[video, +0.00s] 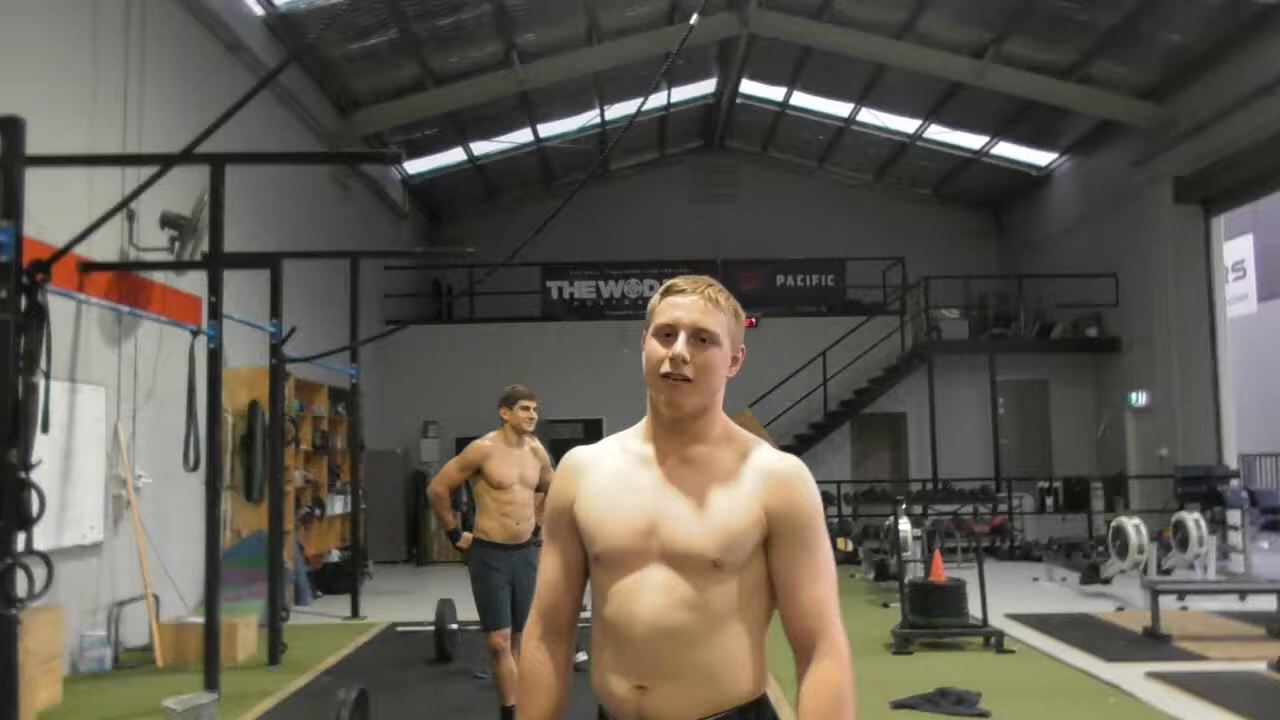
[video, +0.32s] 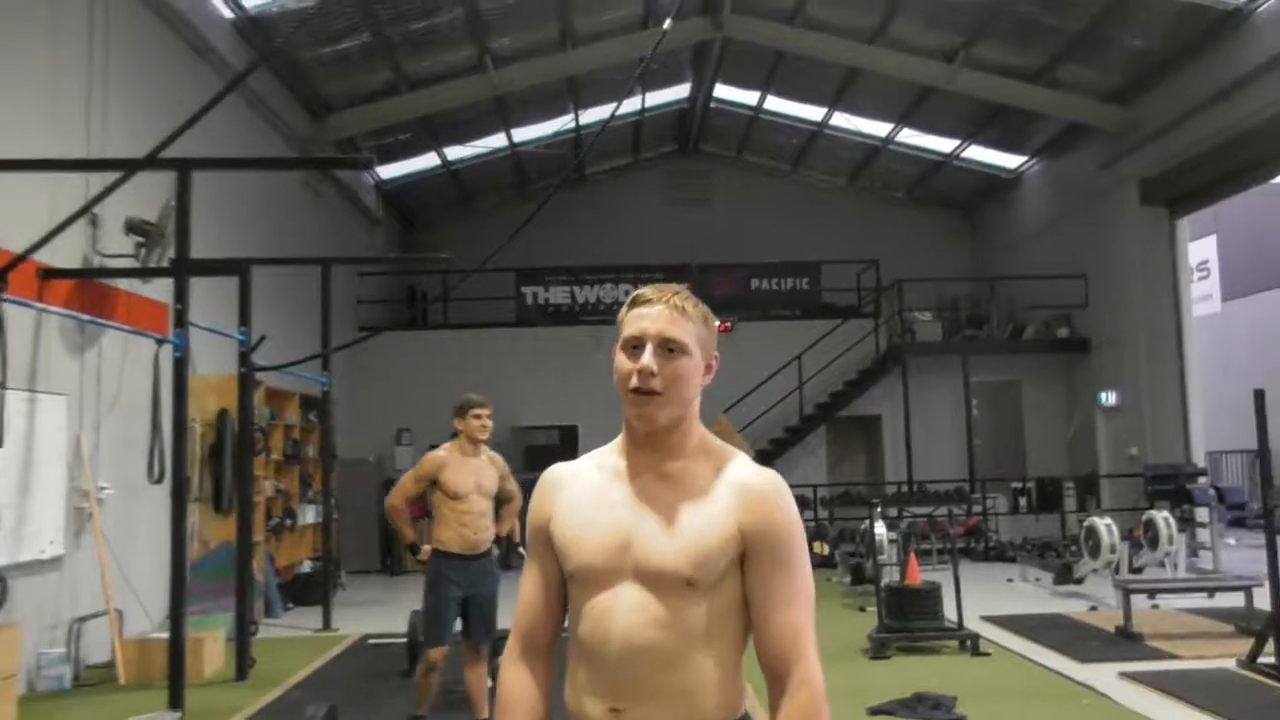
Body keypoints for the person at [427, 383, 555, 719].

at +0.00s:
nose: (532, 415)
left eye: (535, 410)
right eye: (525, 409)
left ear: (535, 415)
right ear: (506, 412)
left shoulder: (538, 452)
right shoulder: (483, 449)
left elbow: (550, 489)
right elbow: (437, 488)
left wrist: (539, 524)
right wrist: (455, 533)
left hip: (527, 552)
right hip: (488, 552)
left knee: (523, 639)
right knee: (500, 642)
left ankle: (525, 705)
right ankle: (509, 709)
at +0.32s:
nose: (486, 424)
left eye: (489, 418)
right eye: (478, 418)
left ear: (491, 423)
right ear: (459, 423)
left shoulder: (495, 462)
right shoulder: (438, 460)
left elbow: (514, 497)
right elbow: (394, 502)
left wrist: (502, 527)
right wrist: (414, 544)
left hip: (485, 563)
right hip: (445, 563)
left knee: (479, 651)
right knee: (435, 656)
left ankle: (483, 715)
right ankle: (422, 712)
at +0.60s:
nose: (430, 411)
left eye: (433, 406)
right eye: (422, 406)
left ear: (438, 412)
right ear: (404, 412)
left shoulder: (445, 452)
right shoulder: (387, 450)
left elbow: (462, 501)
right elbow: (345, 498)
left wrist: (484, 543)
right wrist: (369, 539)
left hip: (442, 556)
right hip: (399, 558)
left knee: (450, 641)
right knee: (389, 646)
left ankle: (464, 711)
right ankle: (376, 712)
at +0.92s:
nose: (377, 375)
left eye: (380, 369)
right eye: (368, 371)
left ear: (387, 376)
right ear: (352, 381)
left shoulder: (403, 417)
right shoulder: (338, 422)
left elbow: (423, 465)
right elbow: (299, 472)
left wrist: (438, 508)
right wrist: (315, 525)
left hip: (403, 523)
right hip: (360, 525)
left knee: (425, 605)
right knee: (360, 613)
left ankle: (441, 684)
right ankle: (358, 694)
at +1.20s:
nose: (380, 363)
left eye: (380, 358)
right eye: (372, 358)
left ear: (379, 366)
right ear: (350, 366)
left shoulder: (391, 405)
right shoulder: (326, 410)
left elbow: (408, 457)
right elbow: (306, 466)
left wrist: (422, 503)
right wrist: (306, 520)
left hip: (393, 514)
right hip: (349, 516)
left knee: (409, 599)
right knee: (351, 605)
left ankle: (411, 683)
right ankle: (351, 687)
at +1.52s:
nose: (396, 363)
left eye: (396, 357)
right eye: (390, 356)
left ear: (378, 362)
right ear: (367, 359)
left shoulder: (394, 402)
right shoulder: (334, 402)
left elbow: (409, 454)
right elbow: (314, 464)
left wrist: (421, 495)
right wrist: (325, 521)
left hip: (396, 508)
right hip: (354, 510)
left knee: (401, 598)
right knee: (358, 601)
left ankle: (404, 678)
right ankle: (359, 683)